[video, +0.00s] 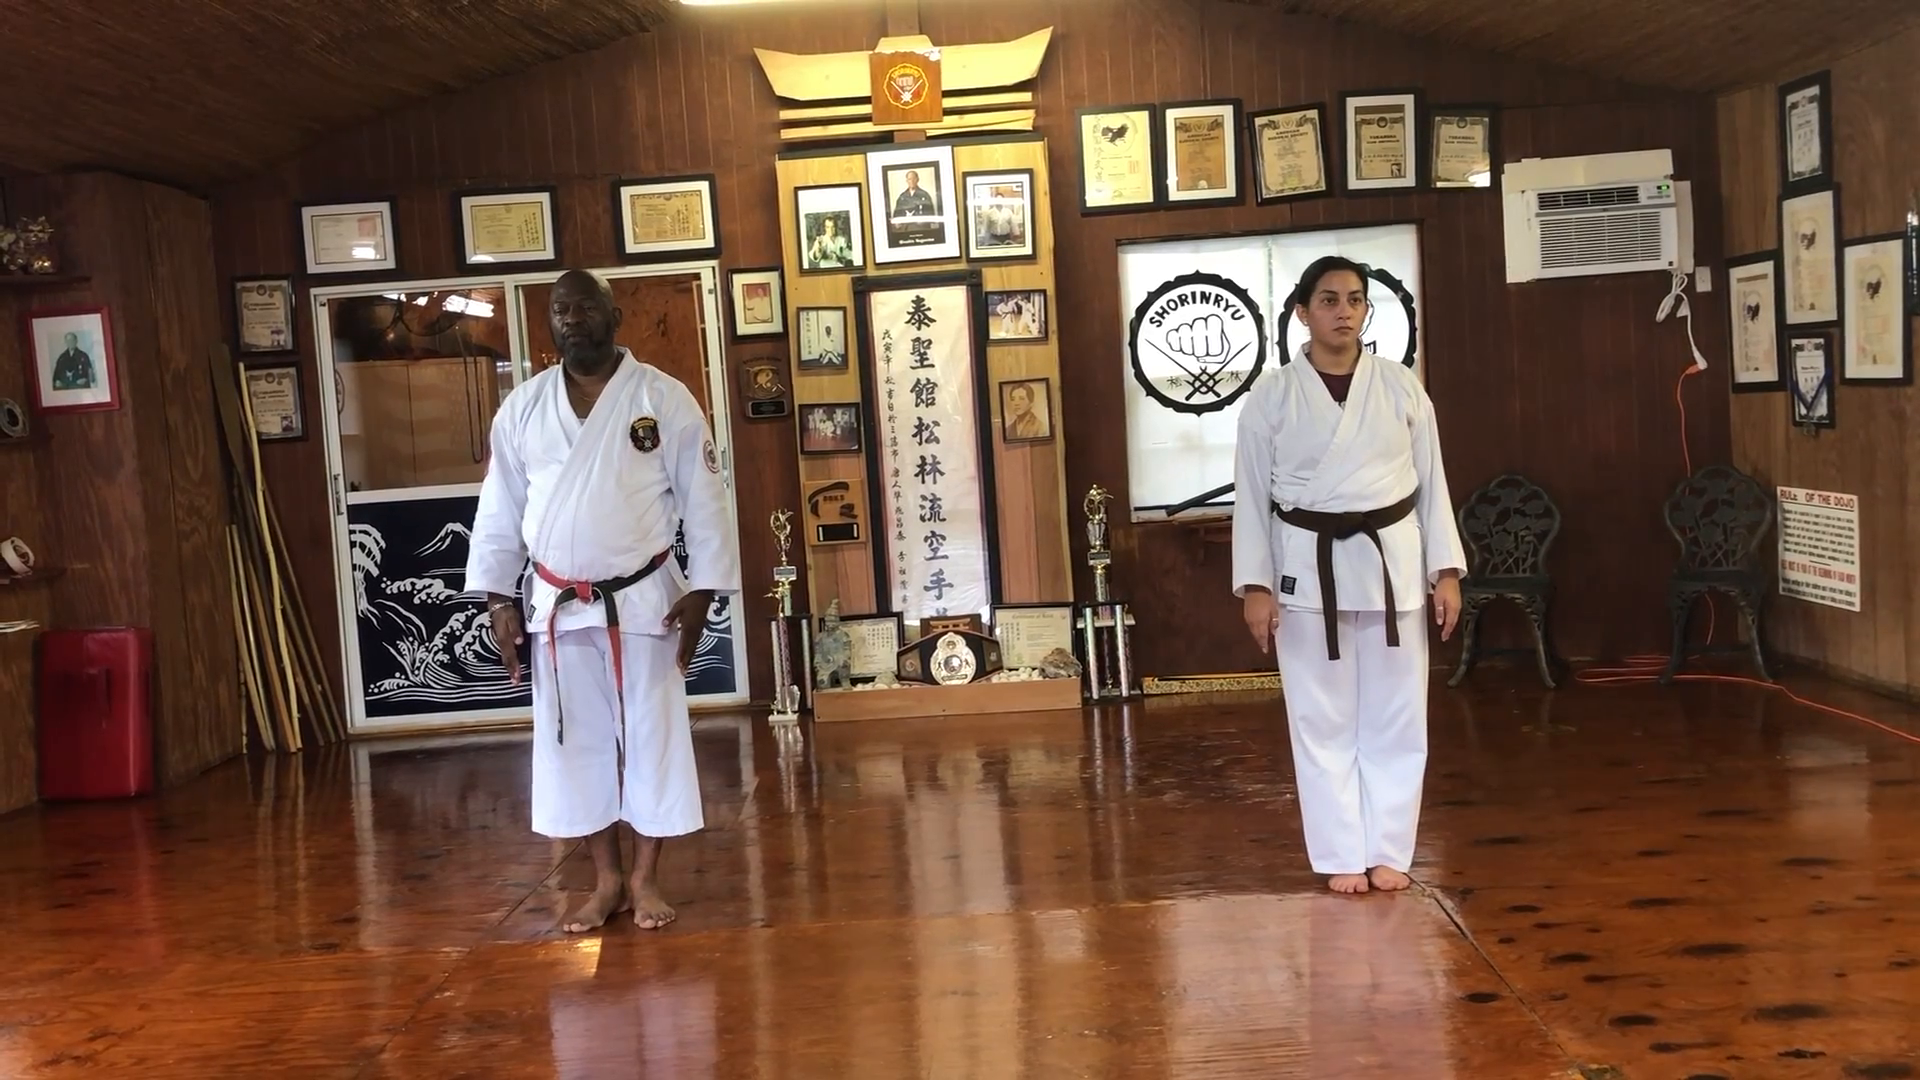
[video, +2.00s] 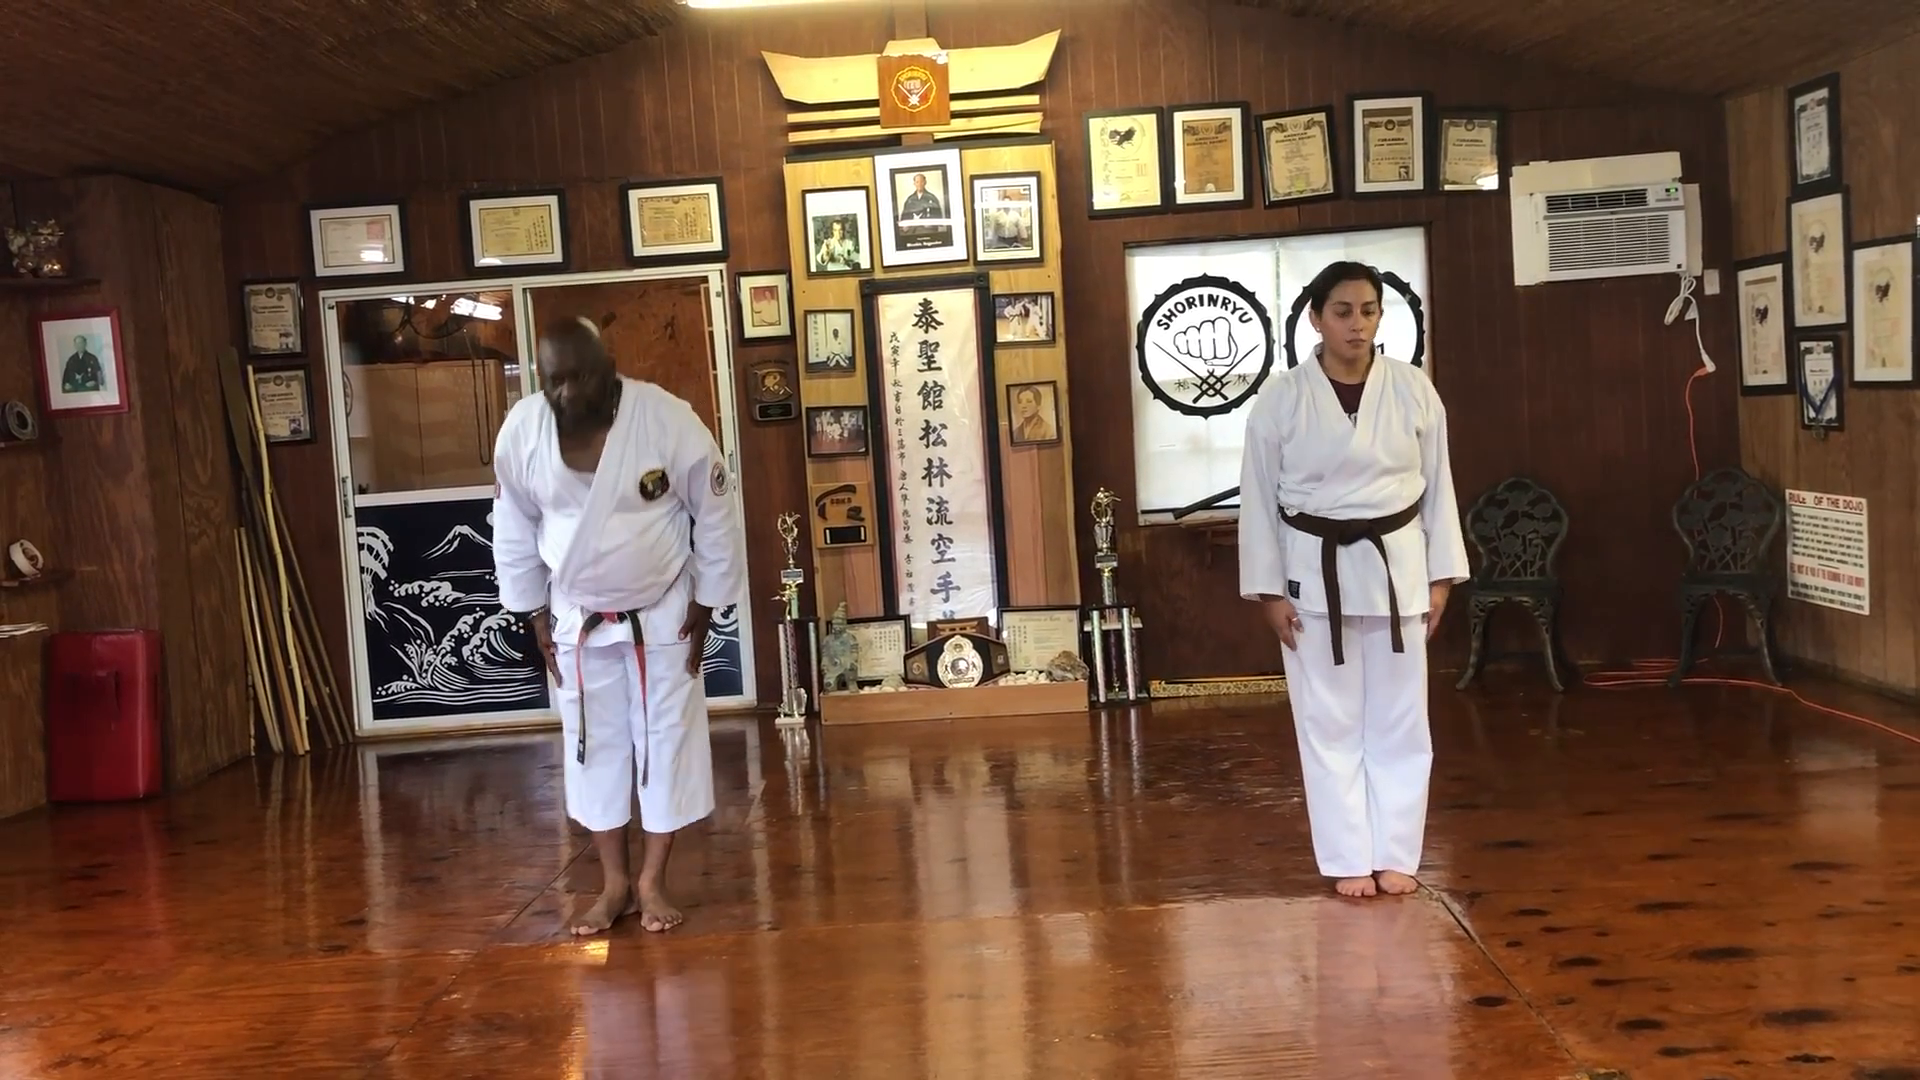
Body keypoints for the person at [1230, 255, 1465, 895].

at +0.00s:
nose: (1344, 311)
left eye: (1355, 299)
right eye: (1329, 299)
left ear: (1367, 311)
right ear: (1302, 311)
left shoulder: (1400, 385)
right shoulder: (1269, 396)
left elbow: (1430, 485)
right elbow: (1251, 497)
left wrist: (1445, 571)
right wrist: (1255, 584)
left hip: (1394, 569)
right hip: (1307, 574)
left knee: (1394, 718)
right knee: (1323, 720)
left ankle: (1388, 855)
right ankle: (1341, 860)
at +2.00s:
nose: (1357, 322)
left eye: (1368, 311)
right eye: (1343, 311)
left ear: (1380, 318)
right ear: (1316, 318)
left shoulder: (1412, 386)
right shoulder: (1280, 395)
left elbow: (1437, 486)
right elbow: (1258, 499)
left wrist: (1441, 577)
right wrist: (1270, 590)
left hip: (1398, 564)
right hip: (1313, 568)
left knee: (1398, 717)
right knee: (1330, 721)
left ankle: (1395, 859)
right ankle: (1348, 863)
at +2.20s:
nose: (1366, 366)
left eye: (1377, 352)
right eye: (1353, 353)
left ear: (1390, 352)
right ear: (1326, 352)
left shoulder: (1419, 406)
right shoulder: (1286, 413)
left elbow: (1437, 504)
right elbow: (1260, 512)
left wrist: (1432, 592)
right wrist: (1272, 605)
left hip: (1393, 573)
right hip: (1312, 575)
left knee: (1395, 718)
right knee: (1328, 720)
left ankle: (1390, 858)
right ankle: (1348, 862)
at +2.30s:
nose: (1370, 397)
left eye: (1382, 382)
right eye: (1357, 383)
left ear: (1397, 375)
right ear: (1329, 375)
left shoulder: (1422, 423)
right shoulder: (1286, 429)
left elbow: (1435, 518)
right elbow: (1261, 525)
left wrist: (1430, 603)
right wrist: (1273, 615)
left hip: (1393, 574)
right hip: (1313, 578)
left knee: (1392, 715)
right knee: (1327, 719)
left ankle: (1386, 857)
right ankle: (1345, 861)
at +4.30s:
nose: (1399, 316)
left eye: (1410, 305)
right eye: (1384, 304)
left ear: (1423, 317)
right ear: (1357, 317)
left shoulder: (1454, 388)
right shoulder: (1324, 402)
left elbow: (1485, 487)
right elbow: (1299, 502)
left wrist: (1505, 574)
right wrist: (1305, 589)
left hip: (1451, 567)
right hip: (1358, 571)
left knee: (1486, 715)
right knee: (1357, 723)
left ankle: (1525, 850)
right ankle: (1359, 861)